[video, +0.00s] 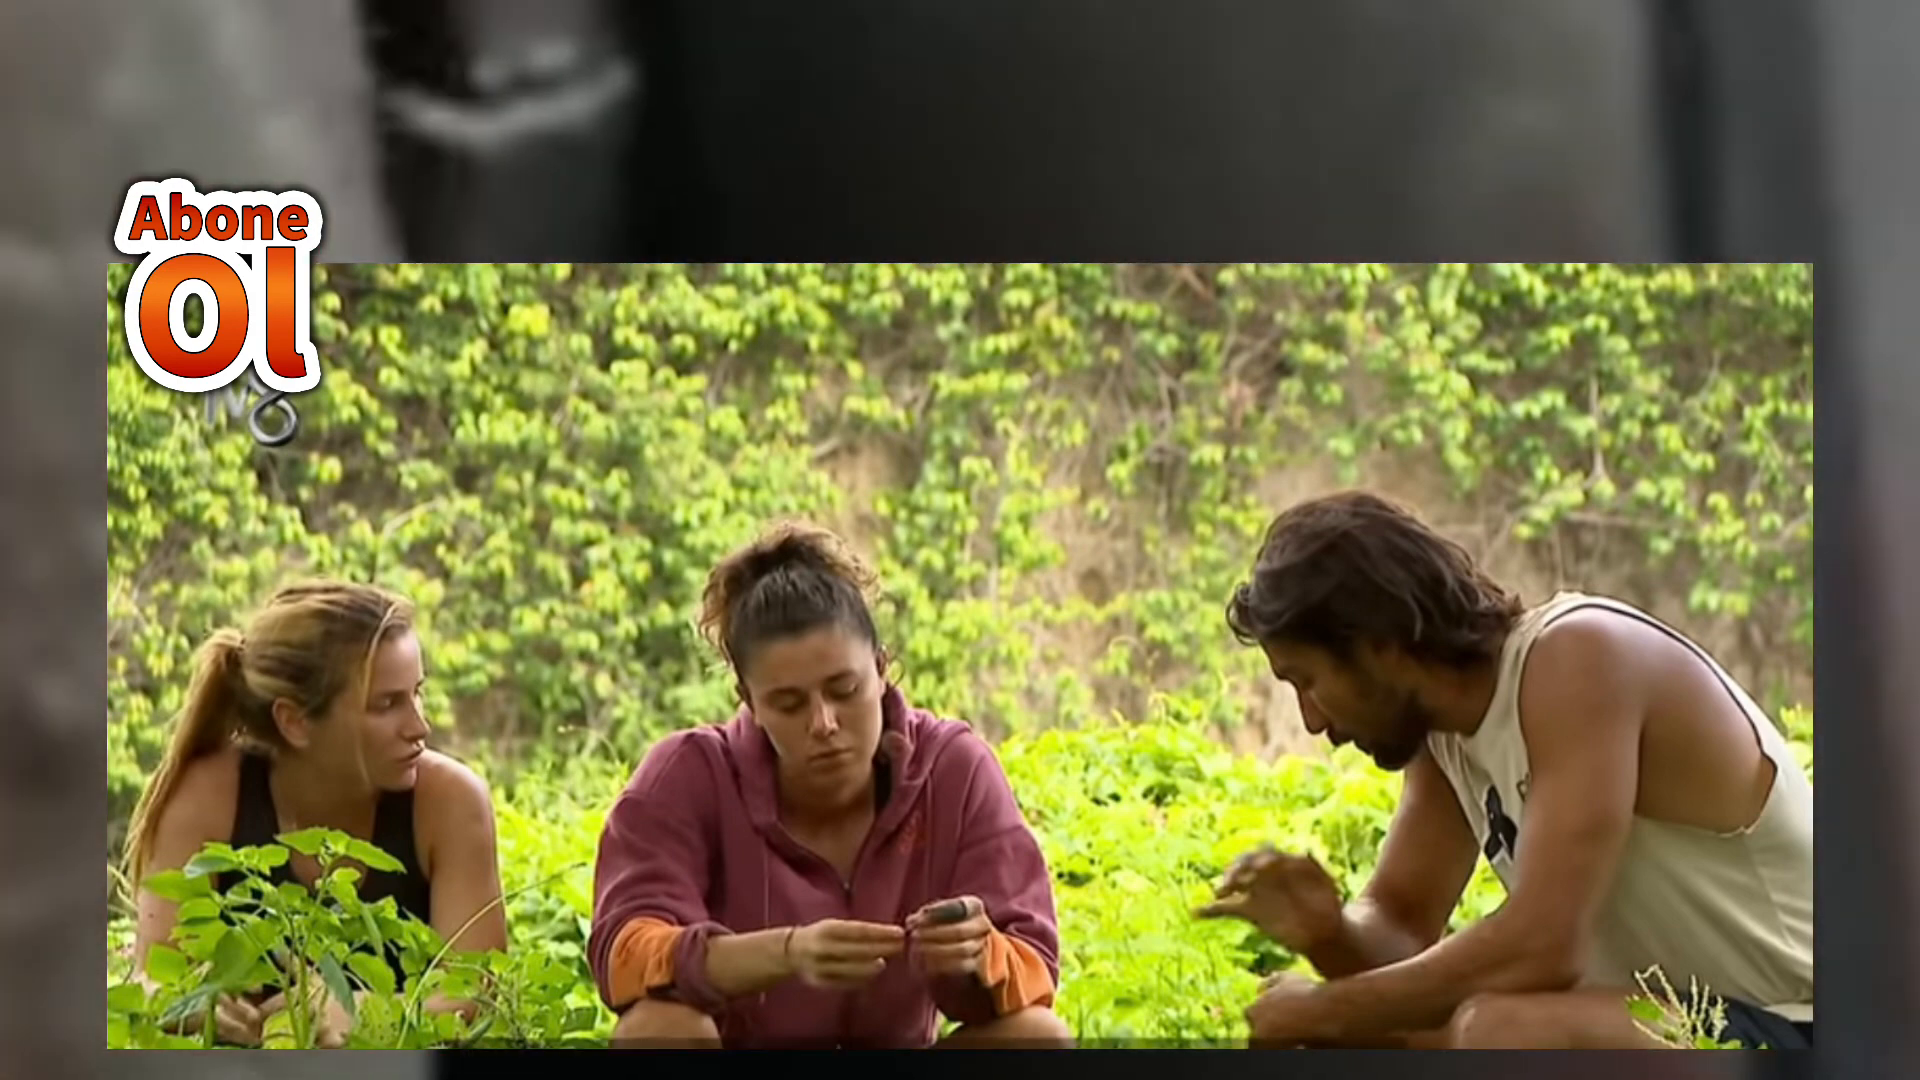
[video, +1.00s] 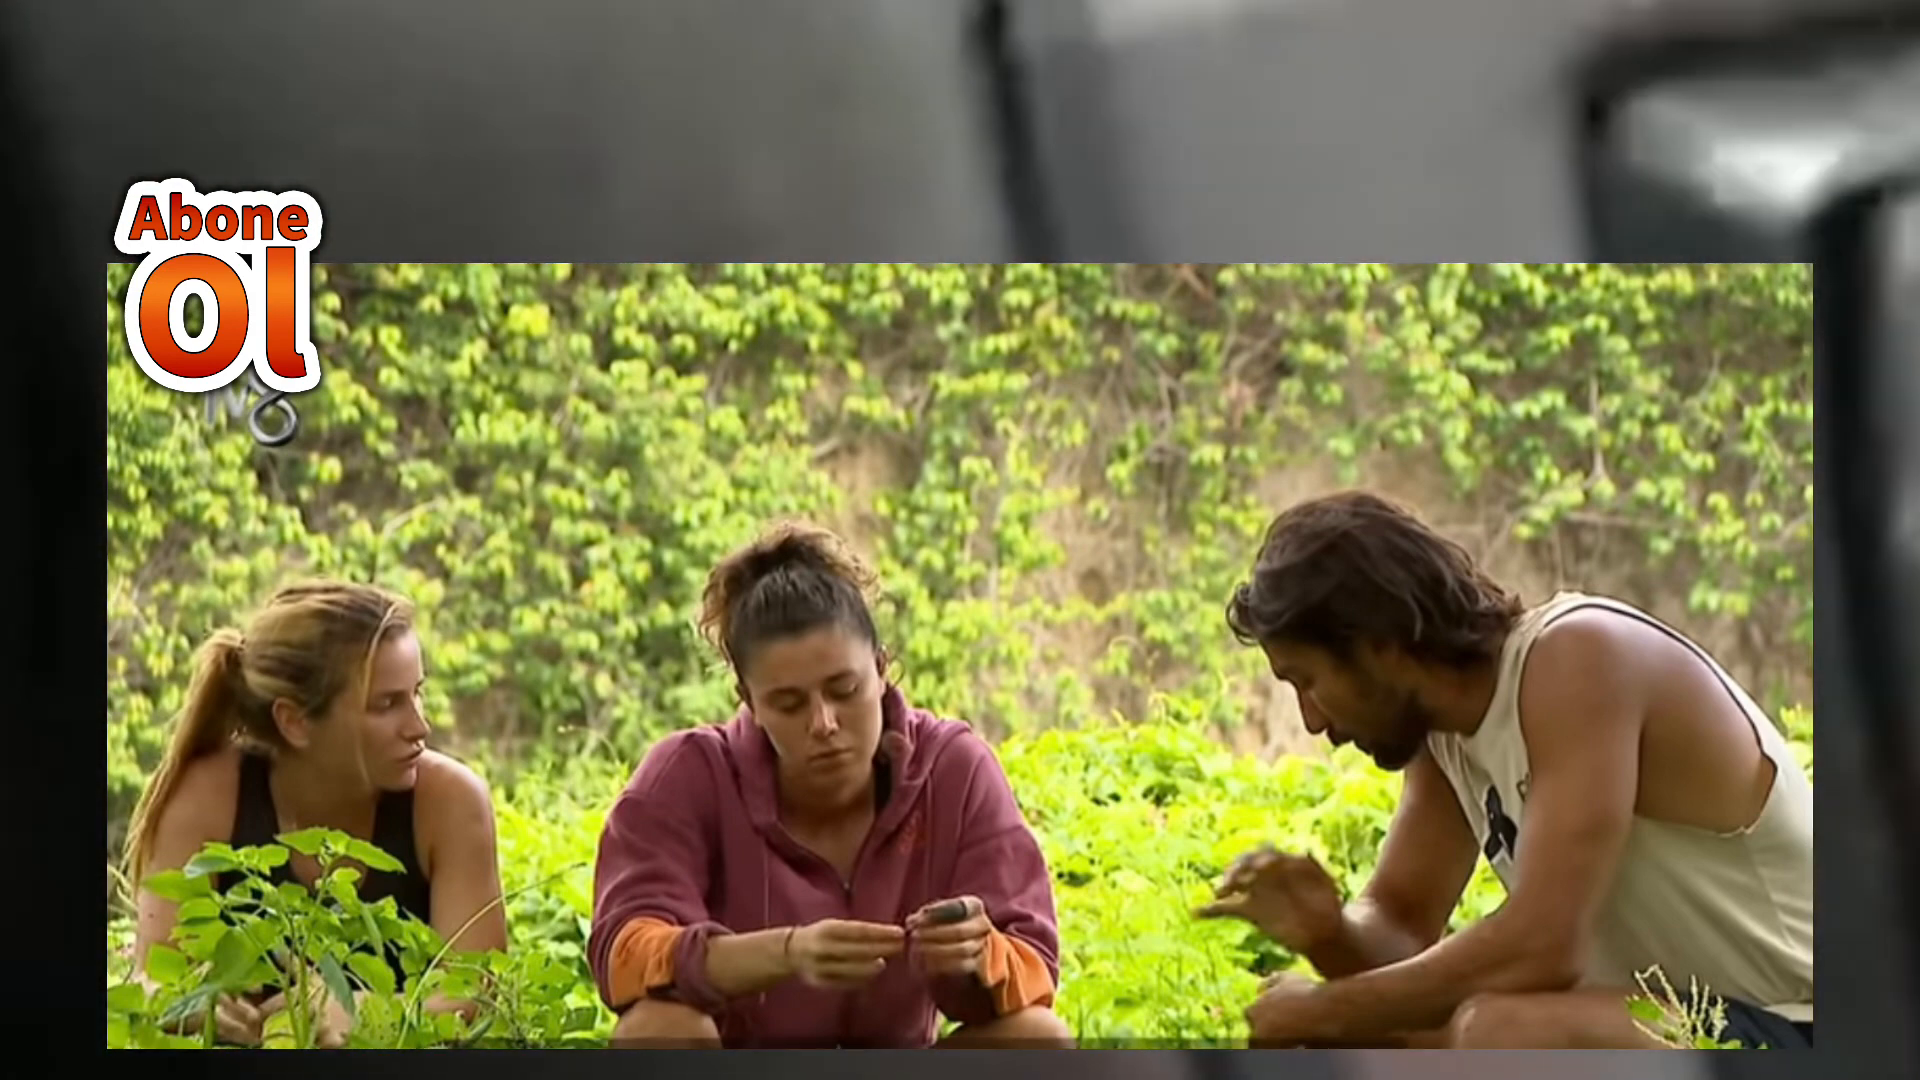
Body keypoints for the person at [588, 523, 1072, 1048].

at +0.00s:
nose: (824, 725)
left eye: (844, 690)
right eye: (789, 703)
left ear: (881, 670)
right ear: (747, 699)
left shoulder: (955, 766)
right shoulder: (687, 773)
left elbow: (1031, 969)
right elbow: (629, 957)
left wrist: (977, 954)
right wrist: (787, 951)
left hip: (899, 1043)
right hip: (739, 1045)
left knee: (1037, 1034)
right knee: (658, 1025)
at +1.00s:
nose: (824, 725)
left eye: (844, 690)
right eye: (789, 703)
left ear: (880, 670)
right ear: (747, 698)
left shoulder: (955, 766)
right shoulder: (687, 774)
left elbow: (1030, 969)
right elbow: (629, 957)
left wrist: (977, 954)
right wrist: (786, 952)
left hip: (898, 1059)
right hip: (739, 1060)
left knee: (1037, 1036)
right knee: (658, 1026)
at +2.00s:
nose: (824, 725)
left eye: (844, 690)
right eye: (789, 703)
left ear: (880, 670)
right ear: (747, 698)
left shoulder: (955, 766)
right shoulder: (687, 774)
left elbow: (1031, 970)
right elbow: (629, 957)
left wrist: (978, 953)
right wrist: (787, 951)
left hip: (898, 1062)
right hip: (738, 1063)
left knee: (1038, 1037)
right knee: (659, 1027)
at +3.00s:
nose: (824, 725)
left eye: (844, 690)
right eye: (789, 703)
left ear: (881, 670)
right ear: (747, 699)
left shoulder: (955, 766)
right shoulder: (687, 773)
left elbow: (1031, 968)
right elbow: (629, 957)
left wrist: (978, 953)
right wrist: (787, 951)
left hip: (896, 1059)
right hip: (739, 1060)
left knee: (1037, 1036)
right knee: (657, 1026)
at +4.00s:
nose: (824, 725)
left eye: (844, 690)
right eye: (789, 703)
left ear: (881, 670)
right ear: (747, 699)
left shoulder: (955, 766)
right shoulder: (687, 773)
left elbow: (1031, 968)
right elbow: (629, 957)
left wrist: (978, 954)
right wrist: (787, 951)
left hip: (898, 1050)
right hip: (740, 1051)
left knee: (1037, 1035)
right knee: (659, 1026)